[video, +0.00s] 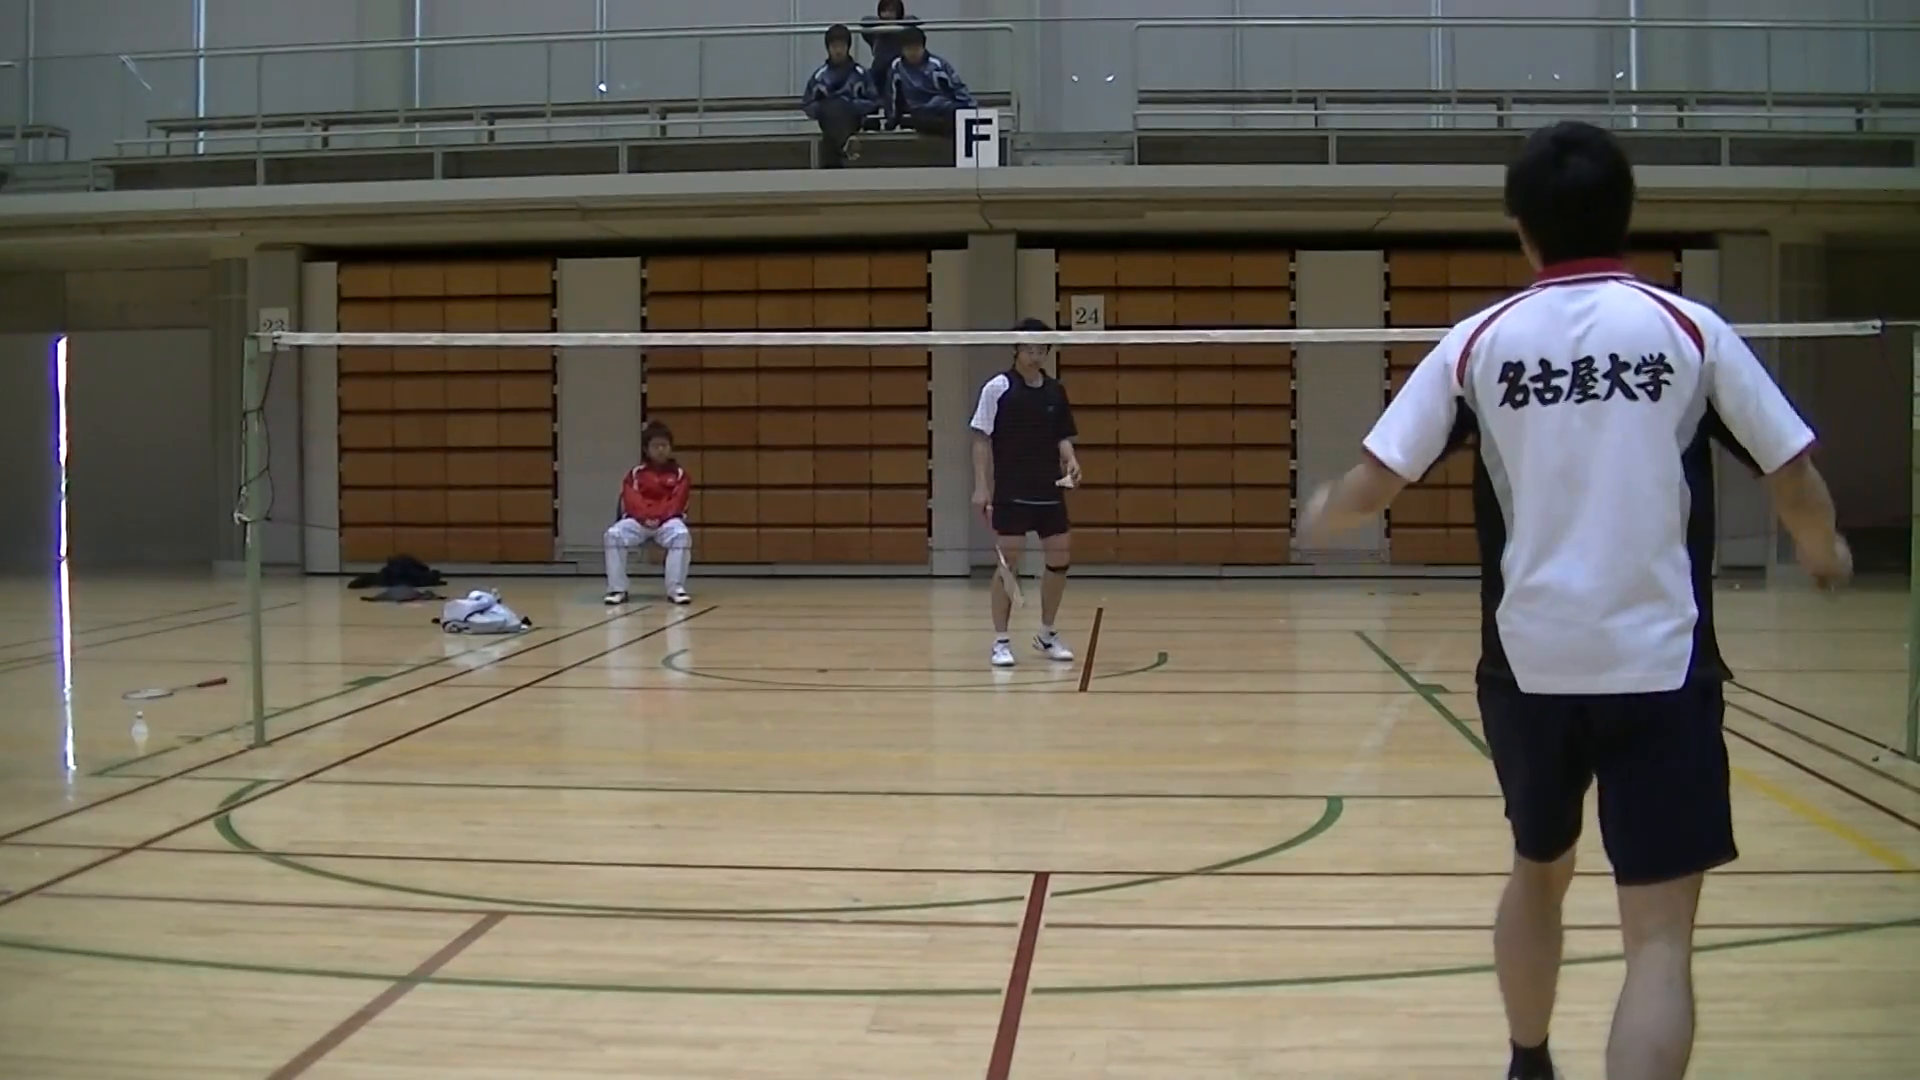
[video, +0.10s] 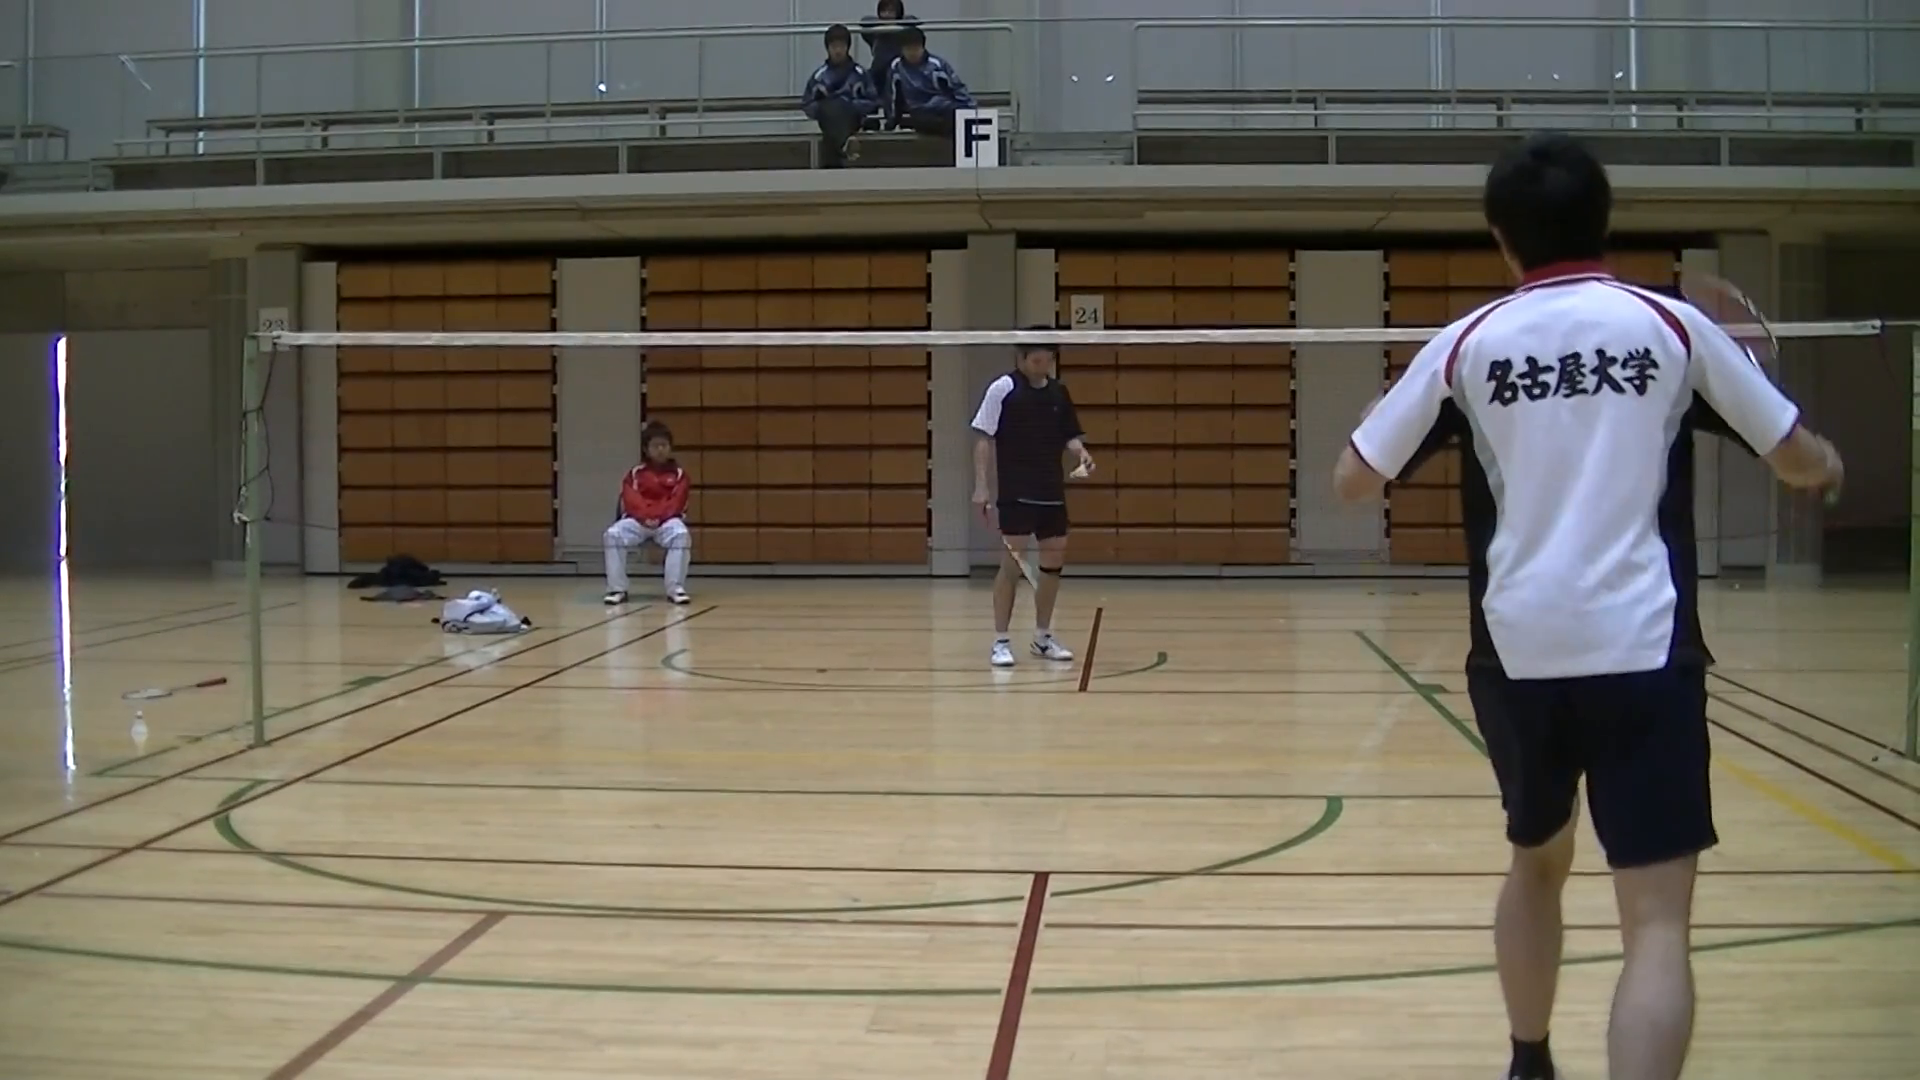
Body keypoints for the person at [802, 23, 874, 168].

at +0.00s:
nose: (838, 51)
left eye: (842, 46)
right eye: (833, 46)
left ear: (848, 47)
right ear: (827, 48)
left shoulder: (861, 73)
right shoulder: (819, 75)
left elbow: (873, 103)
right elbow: (808, 107)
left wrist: (847, 104)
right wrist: (827, 105)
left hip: (854, 122)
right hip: (828, 122)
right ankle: (846, 144)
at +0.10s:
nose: (837, 51)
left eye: (841, 46)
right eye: (833, 46)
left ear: (848, 47)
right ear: (827, 48)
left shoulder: (860, 73)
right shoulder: (819, 75)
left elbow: (873, 104)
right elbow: (807, 106)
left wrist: (847, 104)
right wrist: (826, 105)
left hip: (854, 119)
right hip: (827, 119)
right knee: (831, 106)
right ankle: (845, 144)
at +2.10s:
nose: (835, 50)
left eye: (838, 45)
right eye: (830, 45)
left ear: (845, 46)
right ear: (824, 47)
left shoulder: (857, 72)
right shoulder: (815, 74)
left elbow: (868, 102)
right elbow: (805, 106)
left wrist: (844, 104)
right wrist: (823, 105)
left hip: (850, 117)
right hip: (822, 117)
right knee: (830, 103)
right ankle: (841, 143)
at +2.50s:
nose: (842, 50)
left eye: (846, 45)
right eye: (838, 46)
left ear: (852, 47)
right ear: (832, 48)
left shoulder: (866, 74)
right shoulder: (823, 76)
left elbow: (876, 103)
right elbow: (814, 105)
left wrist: (846, 103)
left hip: (860, 120)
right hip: (831, 120)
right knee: (835, 105)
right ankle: (851, 142)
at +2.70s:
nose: (877, 51)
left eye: (881, 46)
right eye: (873, 46)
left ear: (888, 47)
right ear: (867, 48)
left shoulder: (902, 74)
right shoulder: (859, 76)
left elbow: (914, 103)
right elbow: (851, 104)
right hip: (870, 125)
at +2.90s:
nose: (867, 49)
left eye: (871, 44)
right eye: (864, 44)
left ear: (878, 45)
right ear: (857, 46)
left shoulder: (890, 72)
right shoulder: (849, 73)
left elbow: (902, 101)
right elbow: (838, 102)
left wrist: (878, 104)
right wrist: (854, 109)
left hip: (884, 121)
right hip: (858, 122)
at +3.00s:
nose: (851, 50)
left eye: (855, 45)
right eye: (847, 45)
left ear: (861, 47)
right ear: (840, 47)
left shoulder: (875, 76)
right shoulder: (830, 77)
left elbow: (886, 102)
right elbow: (822, 104)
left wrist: (862, 105)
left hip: (869, 119)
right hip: (840, 119)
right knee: (850, 106)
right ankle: (861, 144)